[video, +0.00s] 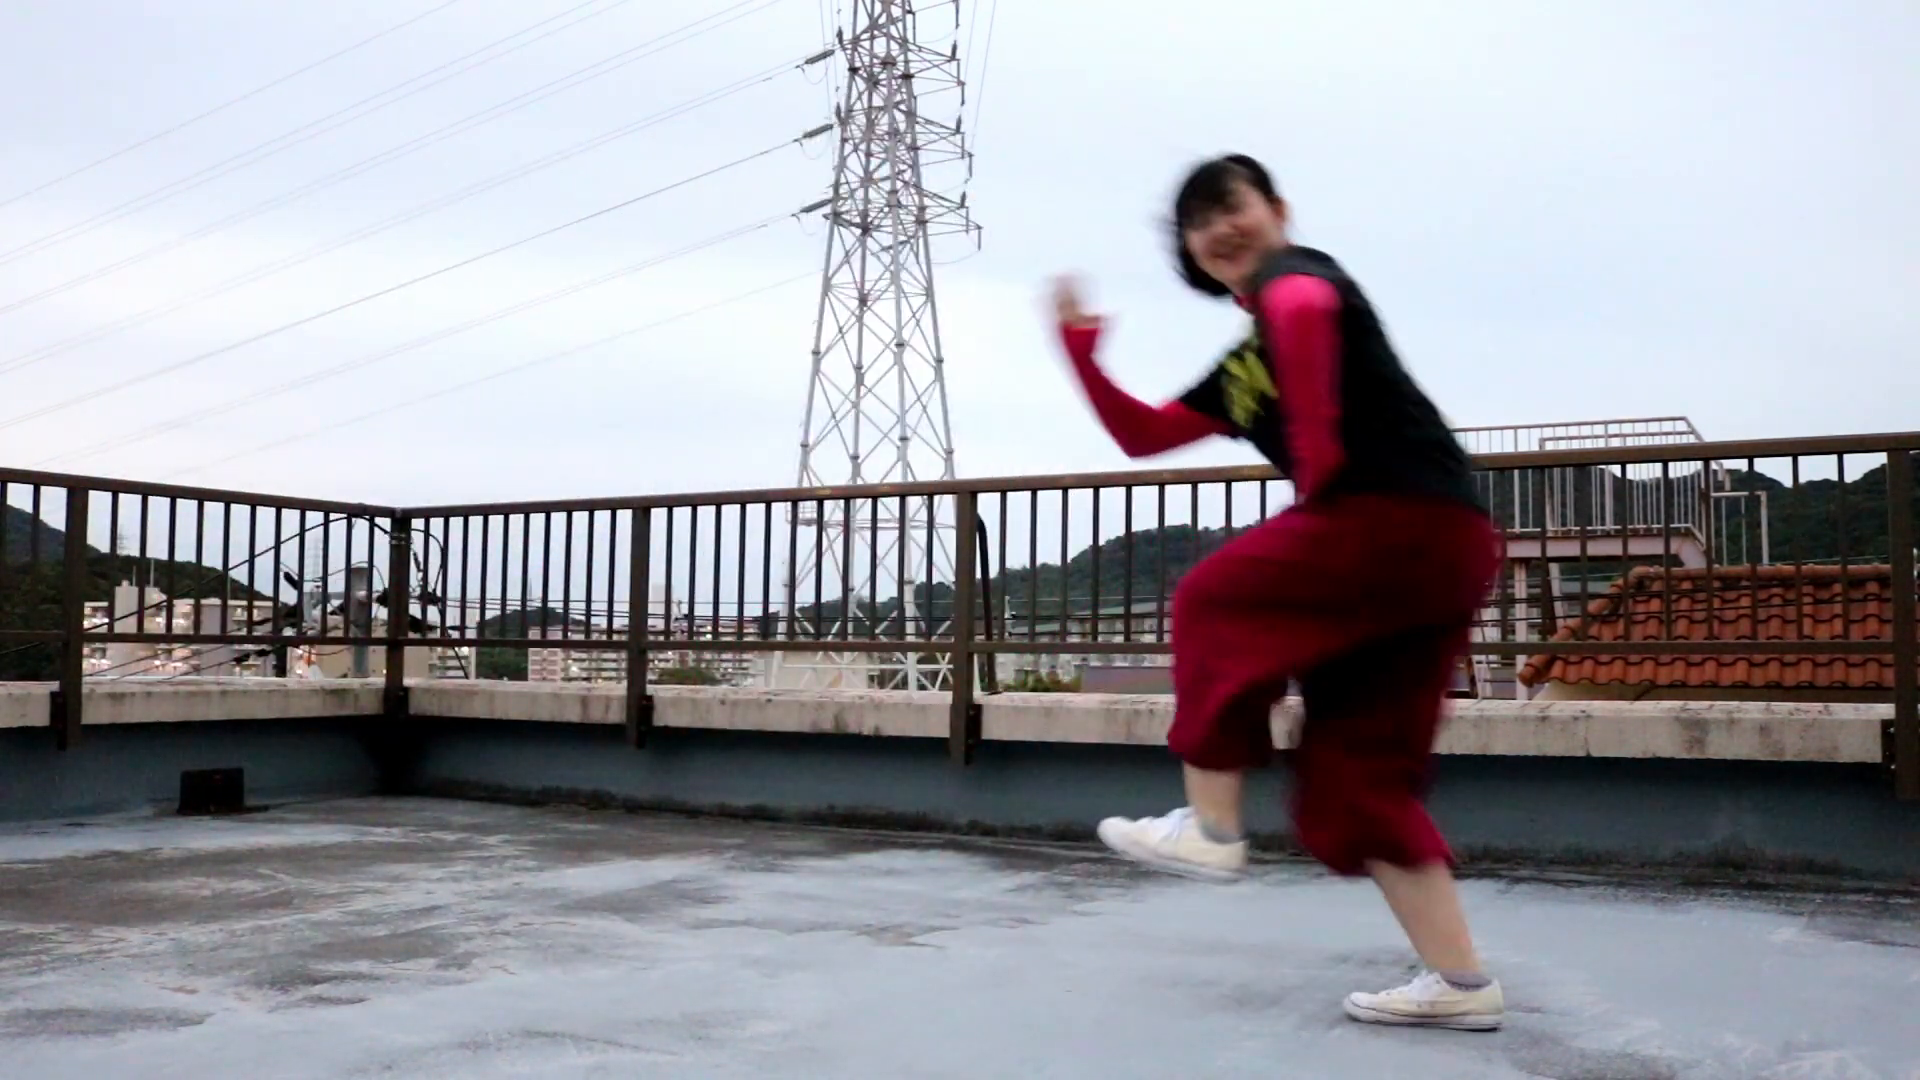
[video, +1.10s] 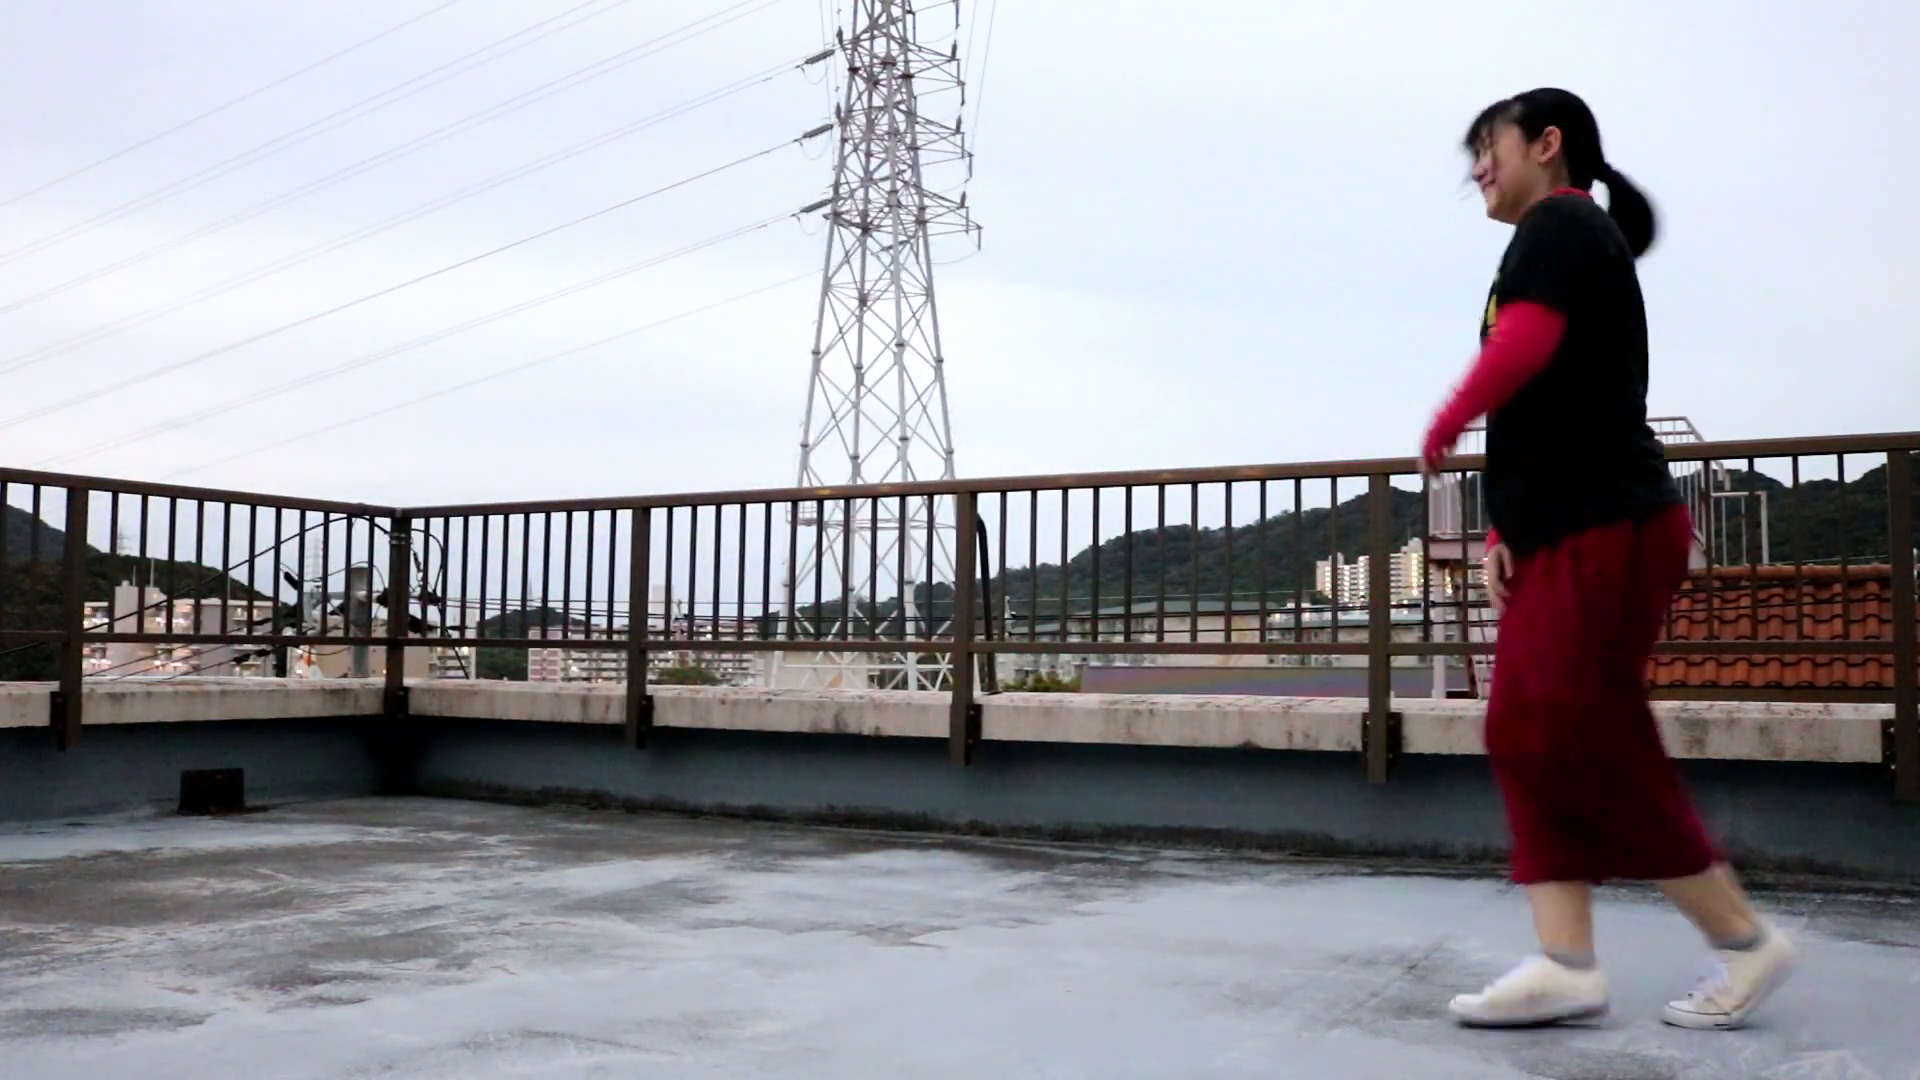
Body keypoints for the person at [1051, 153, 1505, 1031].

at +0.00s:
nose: (1219, 227)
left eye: (1231, 204)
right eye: (1199, 224)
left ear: (1279, 210)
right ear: (1195, 259)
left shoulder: (1298, 279)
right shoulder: (1252, 362)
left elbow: (1302, 319)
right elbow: (1143, 434)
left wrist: (1315, 483)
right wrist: (1079, 350)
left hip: (1399, 525)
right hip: (1434, 545)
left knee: (1209, 597)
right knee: (1355, 767)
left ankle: (1210, 827)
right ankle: (1460, 979)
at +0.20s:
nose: (1300, 239)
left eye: (1315, 218)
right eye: (1280, 232)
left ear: (1359, 222)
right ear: (1269, 256)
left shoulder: (1390, 284)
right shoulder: (1332, 374)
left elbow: (1419, 327)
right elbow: (1237, 437)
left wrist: (1444, 467)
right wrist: (1139, 370)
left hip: (1525, 499)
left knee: (1315, 596)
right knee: (1430, 751)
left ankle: (1232, 803)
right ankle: (1556, 959)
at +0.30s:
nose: (1348, 258)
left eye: (1366, 238)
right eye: (1329, 251)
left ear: (1410, 246)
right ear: (1318, 276)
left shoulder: (1435, 312)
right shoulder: (1380, 395)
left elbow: (1486, 363)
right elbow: (1287, 480)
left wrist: (1493, 508)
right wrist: (1214, 408)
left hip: (1574, 555)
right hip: (1554, 582)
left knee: (1354, 608)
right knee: (1469, 765)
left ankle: (1217, 796)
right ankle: (1569, 982)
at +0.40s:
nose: (1391, 231)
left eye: (1405, 209)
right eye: (1370, 226)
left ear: (1451, 216)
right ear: (1361, 253)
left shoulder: (1476, 290)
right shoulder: (1416, 358)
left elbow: (1539, 354)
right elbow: (1380, 496)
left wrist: (1522, 504)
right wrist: (1307, 500)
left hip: (1585, 548)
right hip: (1561, 566)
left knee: (1367, 632)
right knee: (1498, 754)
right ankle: (1570, 978)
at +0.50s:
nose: (1432, 184)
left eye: (1447, 162)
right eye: (1413, 177)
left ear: (1492, 163)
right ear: (1403, 199)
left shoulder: (1520, 243)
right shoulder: (1447, 286)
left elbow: (1579, 331)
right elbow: (1464, 427)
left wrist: (1524, 493)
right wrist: (1404, 518)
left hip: (1572, 533)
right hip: (1543, 540)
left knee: (1414, 697)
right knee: (1538, 744)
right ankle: (1574, 972)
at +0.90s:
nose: (1493, 151)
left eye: (1513, 132)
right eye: (1475, 142)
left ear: (1559, 144)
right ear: (1463, 169)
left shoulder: (1579, 226)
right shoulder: (1505, 272)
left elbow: (1607, 361)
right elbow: (1513, 413)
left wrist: (1541, 501)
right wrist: (1496, 523)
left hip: (1602, 518)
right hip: (1540, 528)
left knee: (1548, 712)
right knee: (1520, 715)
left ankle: (1644, 963)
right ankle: (1574, 964)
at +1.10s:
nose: (1478, 168)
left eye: (1490, 148)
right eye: (1477, 154)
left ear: (1547, 145)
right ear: (1543, 150)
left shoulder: (1565, 224)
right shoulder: (1545, 245)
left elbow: (1527, 343)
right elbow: (1548, 407)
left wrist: (1448, 417)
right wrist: (1507, 520)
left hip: (1614, 524)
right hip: (1558, 534)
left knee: (1582, 726)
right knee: (1521, 729)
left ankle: (1748, 942)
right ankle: (1568, 960)